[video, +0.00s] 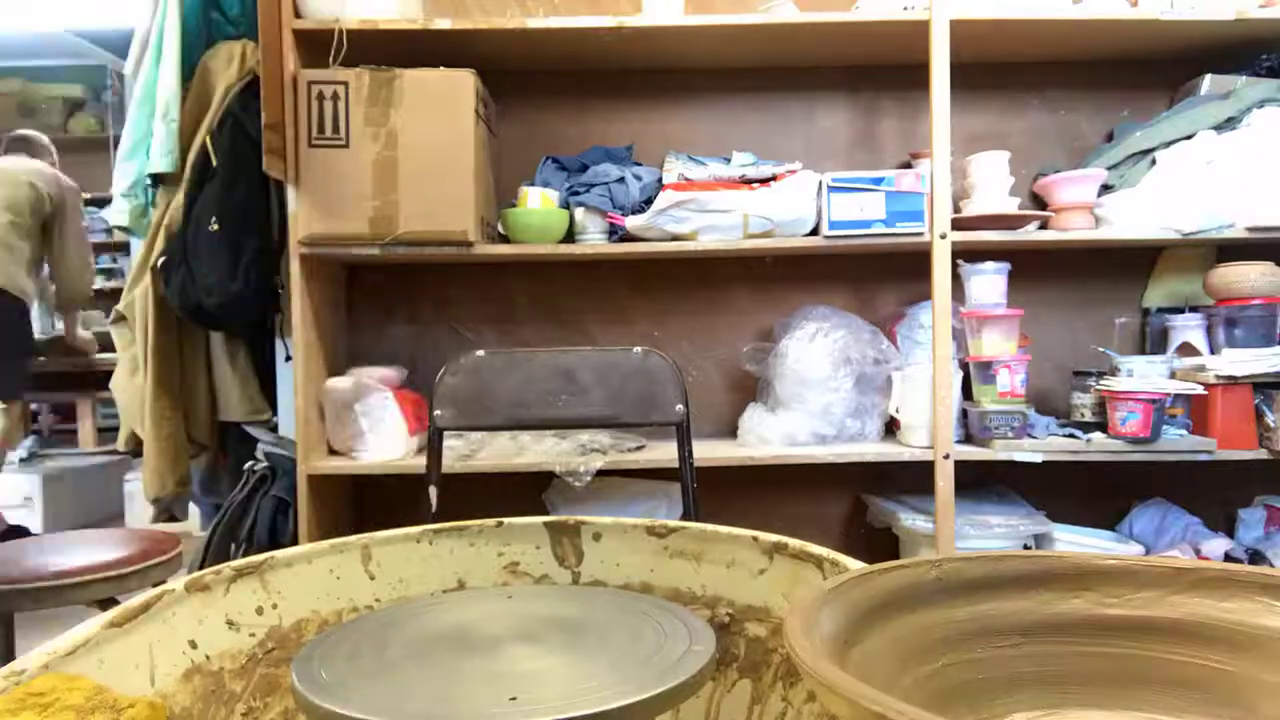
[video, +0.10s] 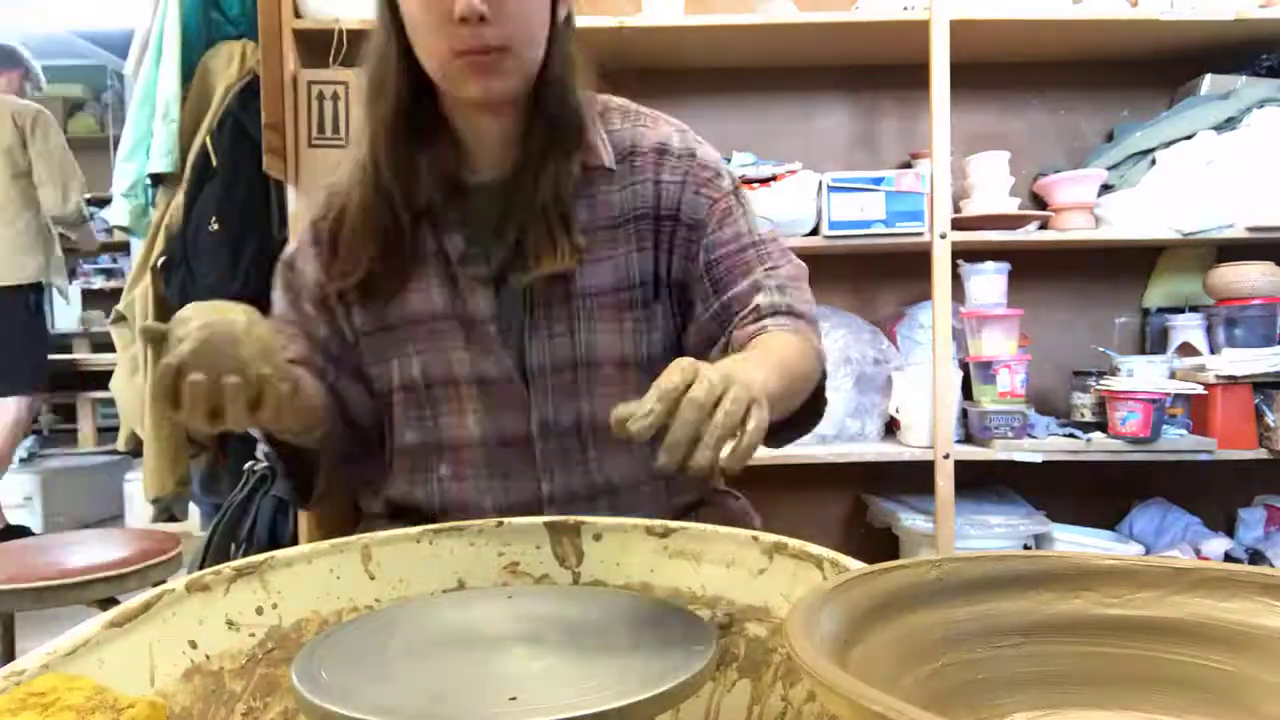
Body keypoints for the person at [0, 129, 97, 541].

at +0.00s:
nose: (60, 172)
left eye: (59, 167)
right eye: (58, 164)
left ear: (8, 154)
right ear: (48, 159)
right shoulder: (54, 182)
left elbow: (71, 267)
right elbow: (73, 269)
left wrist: (67, 326)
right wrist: (72, 332)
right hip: (6, 296)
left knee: (12, 409)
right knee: (10, 409)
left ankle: (6, 518)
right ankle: (2, 517)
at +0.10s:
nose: (24, 89)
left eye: (23, 81)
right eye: (23, 81)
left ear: (4, 77)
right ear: (11, 76)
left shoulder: (26, 119)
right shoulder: (29, 117)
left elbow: (58, 204)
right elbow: (61, 205)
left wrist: (78, 232)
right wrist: (85, 234)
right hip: (13, 276)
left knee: (17, 396)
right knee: (19, 397)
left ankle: (4, 509)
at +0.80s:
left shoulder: (16, 116)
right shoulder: (14, 115)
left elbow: (44, 197)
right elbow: (44, 197)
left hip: (14, 282)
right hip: (12, 281)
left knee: (16, 405)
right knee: (14, 404)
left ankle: (13, 526)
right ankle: (13, 528)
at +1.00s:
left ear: (36, 171)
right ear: (73, 180)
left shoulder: (9, 179)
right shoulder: (77, 194)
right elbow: (85, 275)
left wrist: (69, 321)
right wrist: (72, 325)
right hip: (21, 279)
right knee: (30, 407)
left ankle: (41, 517)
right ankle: (41, 519)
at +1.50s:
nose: (65, 122)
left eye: (66, 116)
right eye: (66, 115)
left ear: (21, 103)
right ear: (56, 107)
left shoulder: (3, 133)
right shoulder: (71, 147)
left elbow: (92, 234)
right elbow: (94, 235)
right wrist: (66, 250)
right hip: (34, 287)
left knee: (21, 400)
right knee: (38, 403)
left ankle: (42, 514)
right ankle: (43, 519)